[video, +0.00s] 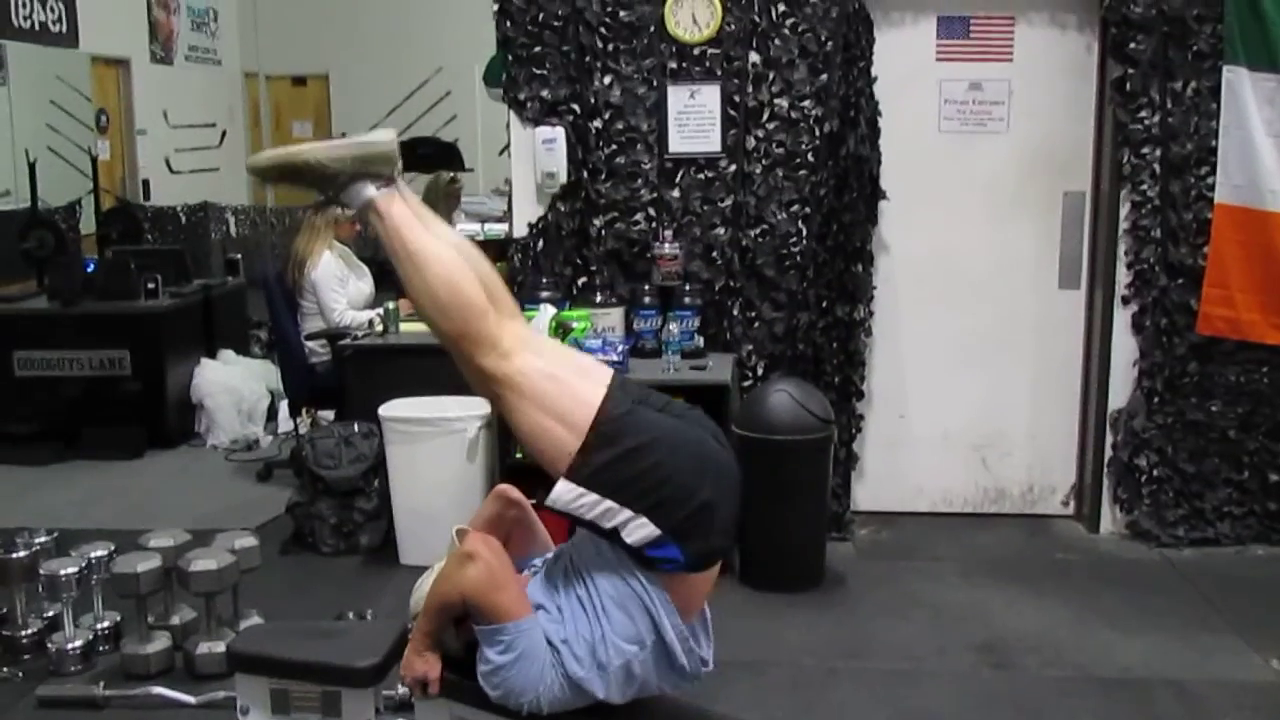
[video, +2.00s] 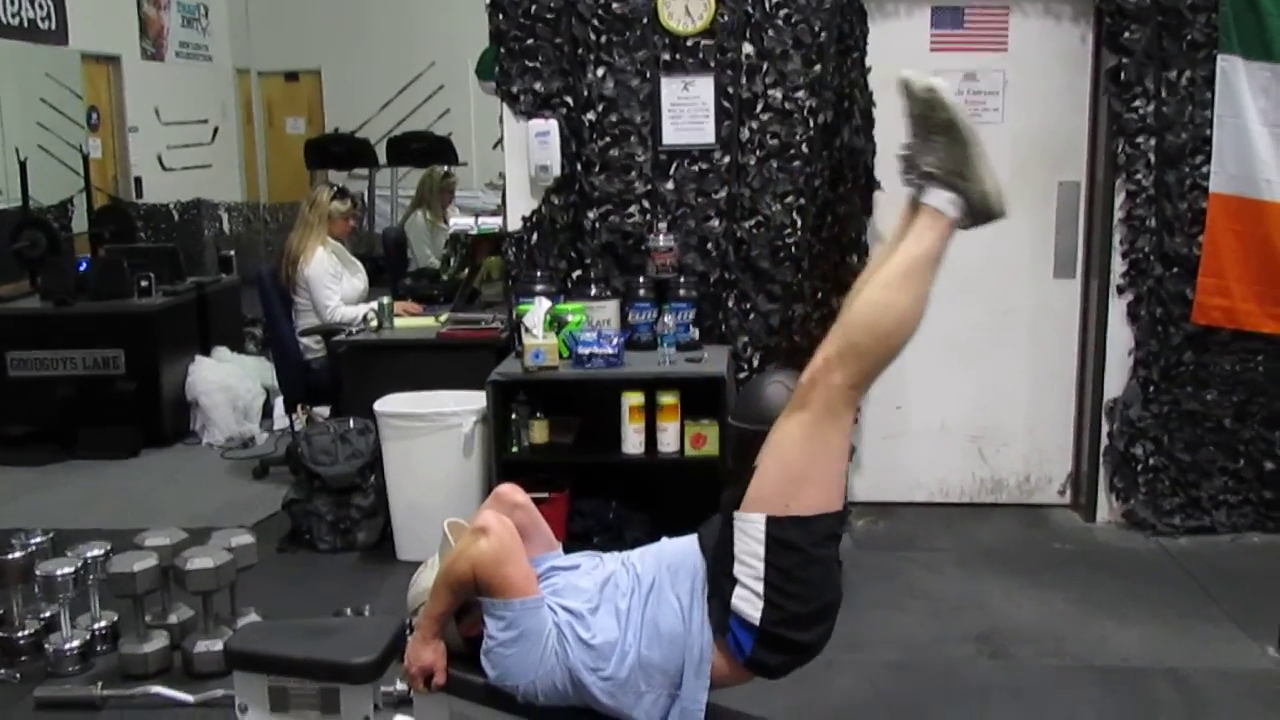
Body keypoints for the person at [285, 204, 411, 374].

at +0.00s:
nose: (359, 228)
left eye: (358, 222)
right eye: (352, 222)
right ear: (334, 223)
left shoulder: (337, 253)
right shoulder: (324, 260)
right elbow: (338, 319)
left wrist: (388, 311)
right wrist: (388, 313)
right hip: (331, 358)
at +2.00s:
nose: (352, 225)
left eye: (353, 219)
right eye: (347, 219)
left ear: (331, 219)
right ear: (328, 218)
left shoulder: (328, 250)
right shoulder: (317, 256)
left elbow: (340, 307)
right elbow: (332, 315)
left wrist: (386, 307)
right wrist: (385, 308)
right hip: (324, 357)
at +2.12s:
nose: (350, 204)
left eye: (350, 197)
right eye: (344, 198)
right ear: (324, 198)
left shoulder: (329, 228)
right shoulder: (315, 235)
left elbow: (341, 286)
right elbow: (330, 295)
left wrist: (386, 285)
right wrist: (385, 288)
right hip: (321, 335)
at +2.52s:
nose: (347, 181)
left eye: (347, 174)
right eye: (341, 175)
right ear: (322, 175)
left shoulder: (325, 207)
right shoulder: (312, 212)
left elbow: (336, 264)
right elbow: (327, 271)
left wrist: (382, 263)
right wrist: (382, 265)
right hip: (319, 312)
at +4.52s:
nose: (345, 160)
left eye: (346, 153)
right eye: (339, 154)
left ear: (324, 155)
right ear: (320, 154)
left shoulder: (324, 187)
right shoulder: (311, 192)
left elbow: (335, 244)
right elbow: (325, 251)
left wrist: (381, 243)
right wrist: (380, 246)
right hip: (319, 291)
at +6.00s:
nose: (345, 159)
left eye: (345, 153)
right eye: (339, 154)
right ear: (319, 155)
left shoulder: (323, 186)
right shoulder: (312, 192)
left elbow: (334, 244)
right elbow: (324, 251)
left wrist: (381, 242)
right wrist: (382, 245)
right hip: (319, 293)